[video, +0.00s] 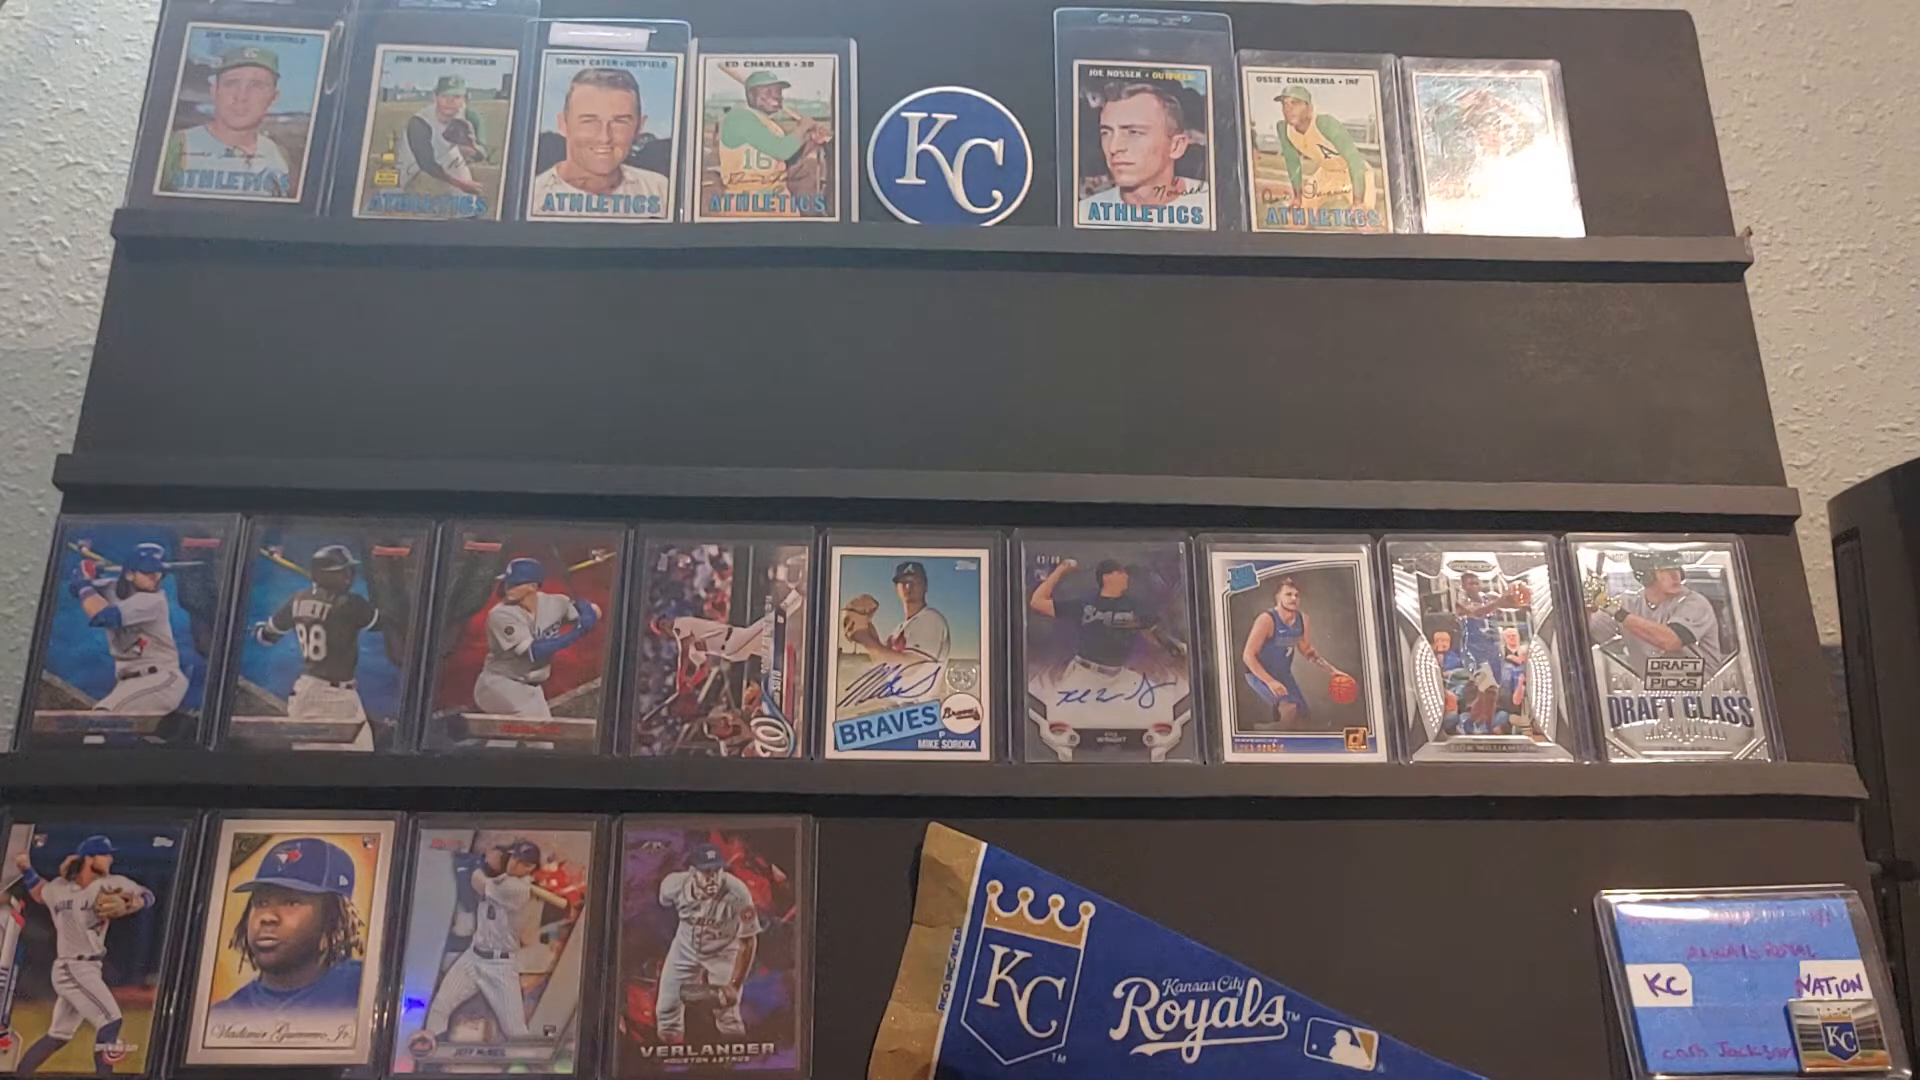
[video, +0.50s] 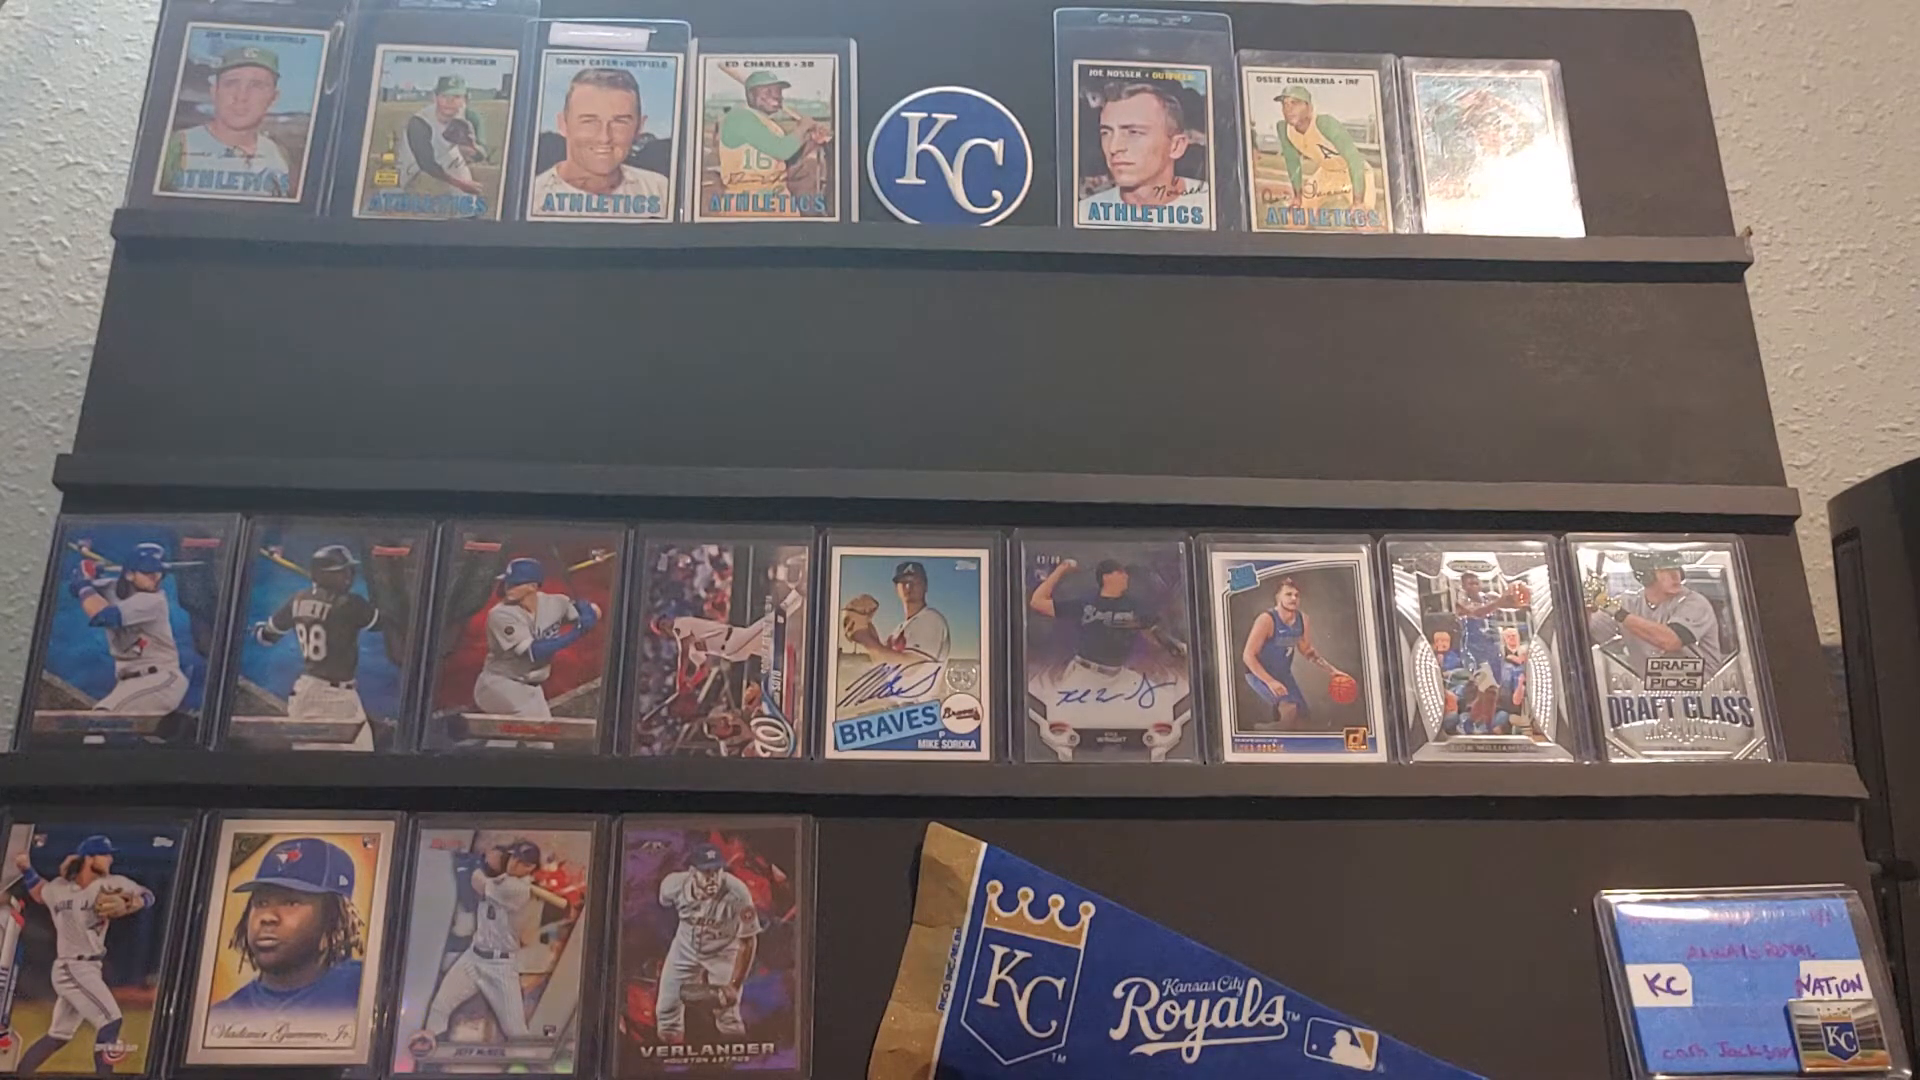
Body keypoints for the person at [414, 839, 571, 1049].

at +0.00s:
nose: (515, 864)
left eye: (522, 862)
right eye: (514, 858)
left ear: (531, 868)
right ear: (510, 858)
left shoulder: (518, 890)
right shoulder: (502, 879)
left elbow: (477, 881)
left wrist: (483, 864)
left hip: (501, 965)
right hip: (473, 957)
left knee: (515, 1030)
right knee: (440, 1005)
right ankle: (426, 1064)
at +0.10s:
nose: (514, 864)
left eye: (521, 862)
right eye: (513, 858)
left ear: (531, 868)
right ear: (509, 858)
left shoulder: (519, 890)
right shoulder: (500, 880)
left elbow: (477, 881)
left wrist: (488, 865)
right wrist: (489, 864)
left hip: (501, 965)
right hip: (473, 958)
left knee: (515, 1029)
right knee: (440, 1005)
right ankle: (428, 1065)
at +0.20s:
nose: (514, 864)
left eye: (521, 862)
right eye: (513, 859)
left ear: (531, 868)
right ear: (509, 857)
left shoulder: (519, 890)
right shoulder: (500, 880)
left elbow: (477, 881)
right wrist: (489, 864)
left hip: (501, 965)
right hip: (473, 958)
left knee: (514, 1029)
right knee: (439, 1006)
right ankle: (430, 1068)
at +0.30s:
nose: (515, 864)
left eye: (522, 862)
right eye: (514, 858)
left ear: (531, 868)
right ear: (510, 858)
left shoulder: (518, 890)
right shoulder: (502, 879)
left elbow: (477, 881)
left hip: (501, 965)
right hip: (473, 957)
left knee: (515, 1031)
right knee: (440, 1005)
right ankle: (426, 1065)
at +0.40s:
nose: (515, 864)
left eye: (522, 862)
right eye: (514, 858)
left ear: (531, 868)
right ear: (510, 858)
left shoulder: (518, 890)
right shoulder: (502, 879)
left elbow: (477, 881)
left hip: (501, 965)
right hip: (473, 957)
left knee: (514, 1029)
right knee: (439, 1006)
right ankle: (426, 1066)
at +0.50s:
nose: (515, 865)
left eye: (522, 863)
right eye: (514, 859)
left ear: (531, 868)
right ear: (509, 858)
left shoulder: (518, 890)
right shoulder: (501, 879)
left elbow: (477, 881)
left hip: (501, 965)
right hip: (473, 957)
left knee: (514, 1029)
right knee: (439, 1006)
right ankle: (426, 1066)